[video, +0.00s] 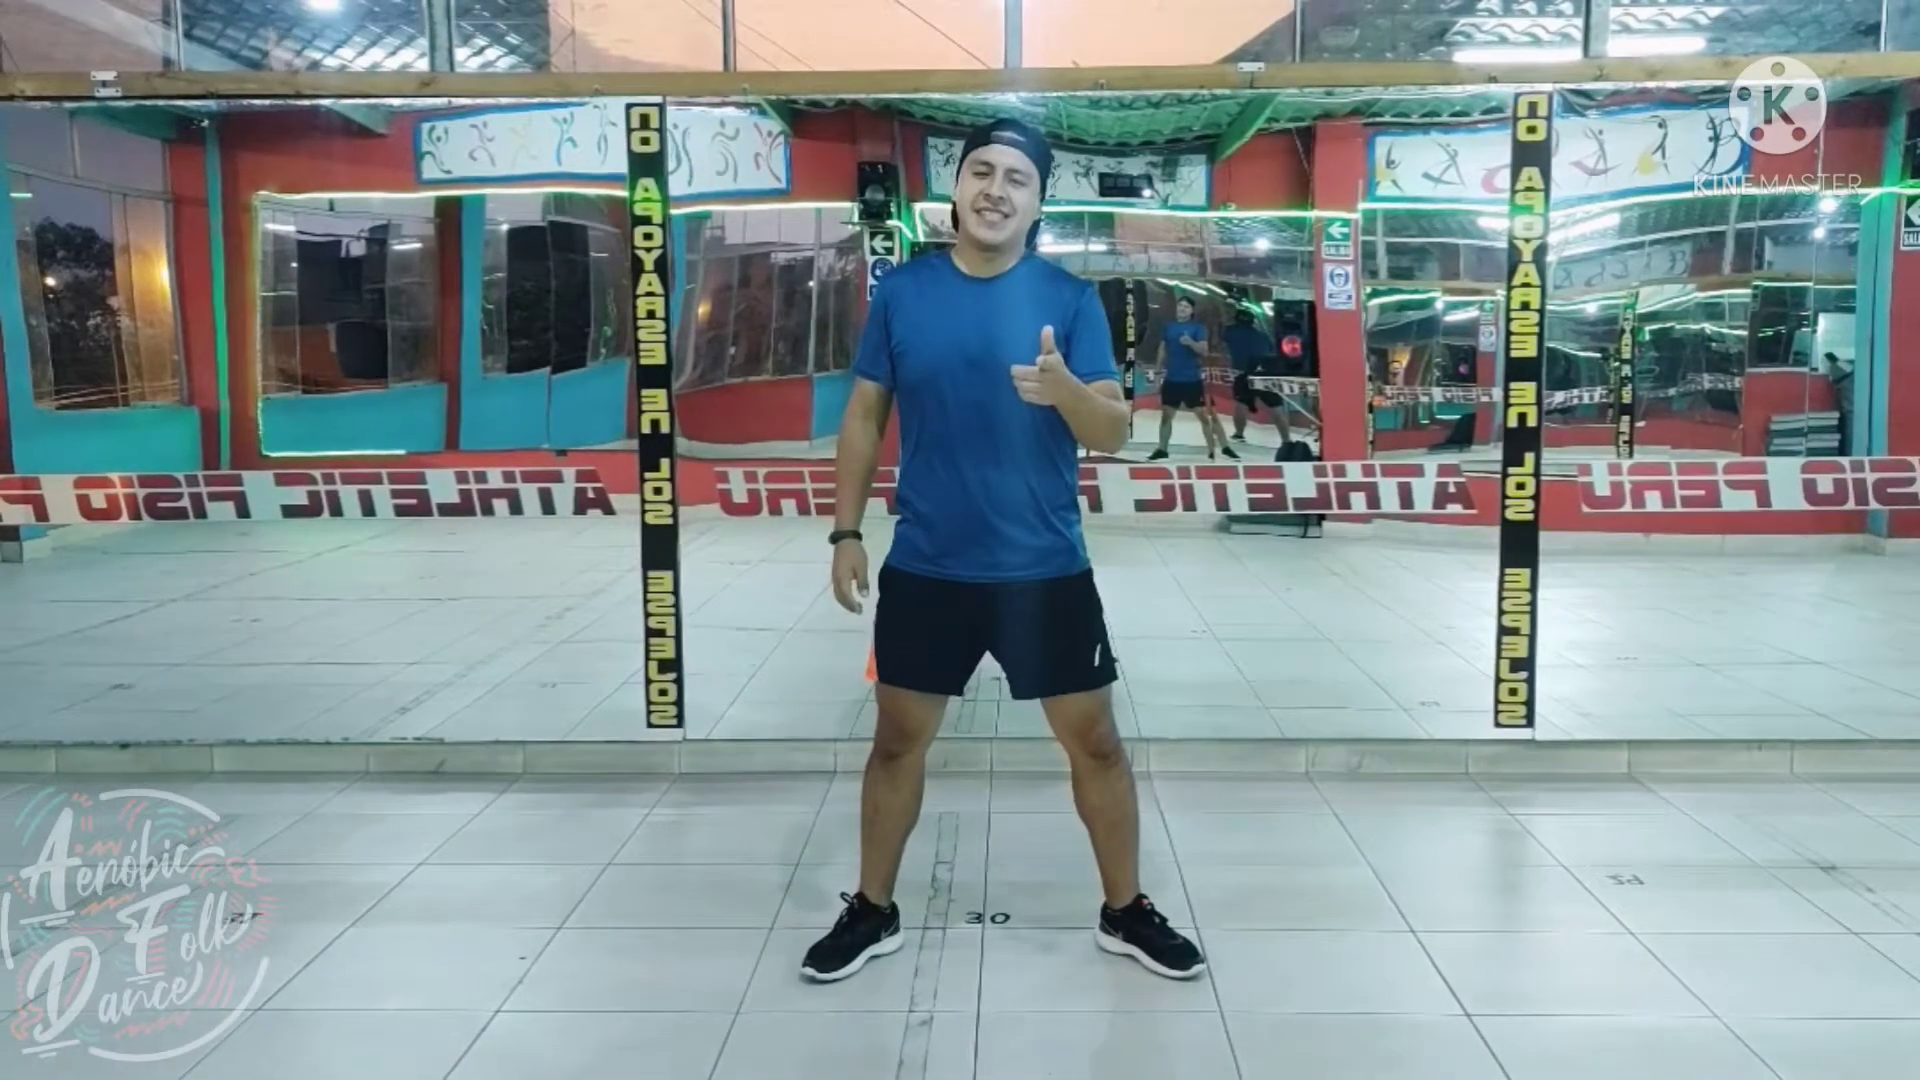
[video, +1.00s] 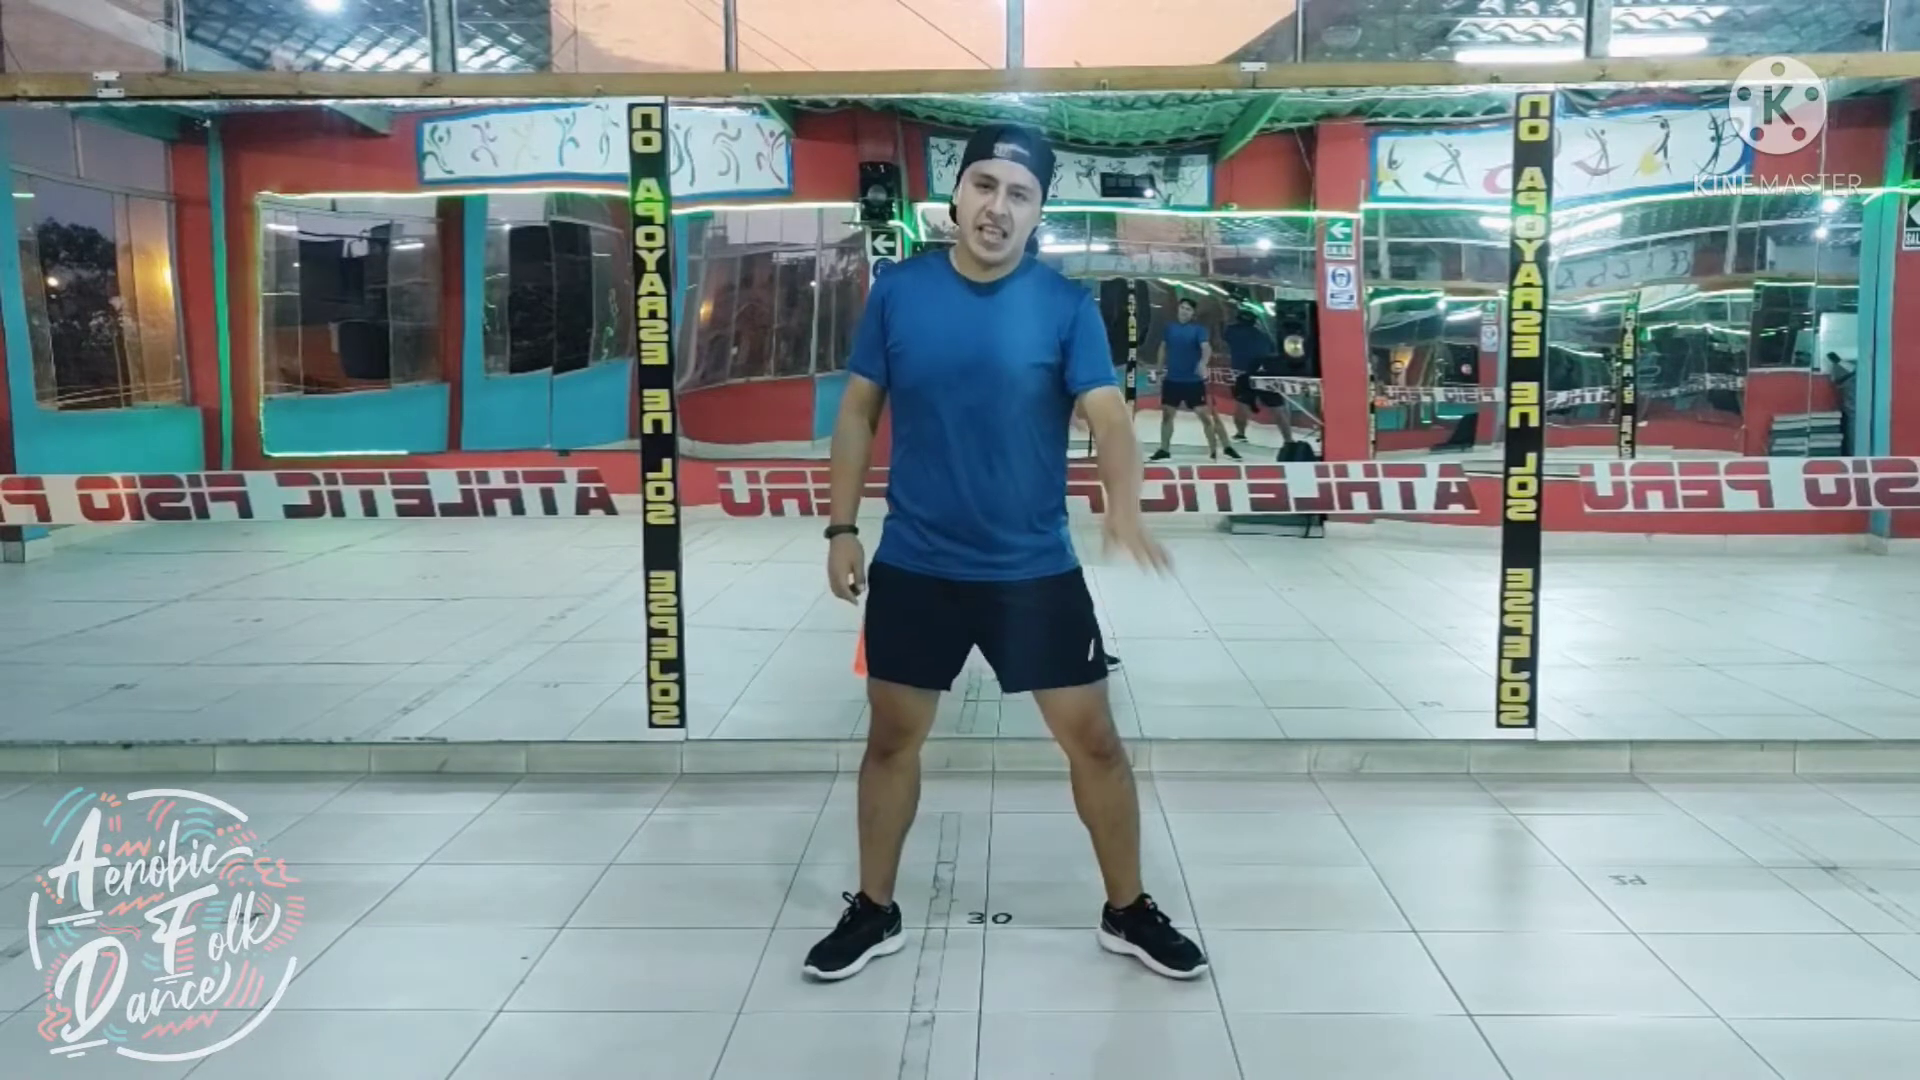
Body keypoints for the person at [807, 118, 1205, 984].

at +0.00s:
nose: (996, 190)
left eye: (1016, 180)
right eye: (982, 174)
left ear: (1039, 204)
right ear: (955, 191)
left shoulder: (1069, 298)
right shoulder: (900, 292)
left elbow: (1111, 432)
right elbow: (866, 412)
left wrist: (1069, 397)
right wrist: (848, 529)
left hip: (1045, 564)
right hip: (928, 560)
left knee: (1095, 742)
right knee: (896, 740)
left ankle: (1125, 906)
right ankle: (872, 905)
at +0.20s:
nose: (997, 190)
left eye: (1018, 181)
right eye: (984, 174)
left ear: (1041, 204)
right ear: (956, 190)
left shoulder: (1071, 298)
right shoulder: (901, 292)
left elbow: (1111, 433)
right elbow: (866, 412)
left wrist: (1071, 397)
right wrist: (847, 531)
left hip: (1045, 563)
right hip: (929, 560)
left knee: (1095, 742)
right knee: (896, 739)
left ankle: (1126, 906)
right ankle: (873, 904)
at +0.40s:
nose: (999, 190)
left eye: (1020, 181)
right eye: (985, 174)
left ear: (1042, 206)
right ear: (957, 190)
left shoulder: (1072, 299)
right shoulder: (902, 292)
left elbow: (1113, 435)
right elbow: (867, 411)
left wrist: (1073, 398)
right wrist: (848, 527)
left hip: (1045, 563)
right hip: (928, 560)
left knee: (1096, 742)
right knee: (896, 739)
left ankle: (1126, 906)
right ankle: (873, 905)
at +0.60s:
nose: (1000, 190)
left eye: (1020, 182)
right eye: (986, 175)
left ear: (1042, 207)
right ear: (958, 191)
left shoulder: (1072, 300)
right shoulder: (903, 292)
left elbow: (1113, 436)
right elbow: (867, 411)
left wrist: (1074, 398)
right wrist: (850, 527)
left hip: (1045, 564)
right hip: (929, 560)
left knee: (1096, 742)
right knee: (897, 738)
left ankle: (1126, 906)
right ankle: (873, 905)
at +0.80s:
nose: (999, 195)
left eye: (1020, 184)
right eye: (985, 177)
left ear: (1042, 206)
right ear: (958, 191)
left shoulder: (1071, 299)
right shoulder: (903, 292)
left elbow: (1115, 435)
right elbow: (867, 410)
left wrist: (1077, 403)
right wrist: (849, 527)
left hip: (1044, 564)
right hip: (928, 560)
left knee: (1095, 742)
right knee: (896, 739)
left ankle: (1126, 906)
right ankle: (874, 904)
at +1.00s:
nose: (997, 207)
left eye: (1017, 195)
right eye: (984, 187)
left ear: (1039, 214)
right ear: (956, 195)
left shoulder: (1066, 304)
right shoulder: (898, 291)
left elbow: (1109, 412)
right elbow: (858, 407)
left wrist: (1123, 509)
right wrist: (842, 526)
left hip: (1033, 563)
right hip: (918, 557)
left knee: (1093, 739)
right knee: (890, 735)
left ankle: (1127, 906)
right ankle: (874, 905)